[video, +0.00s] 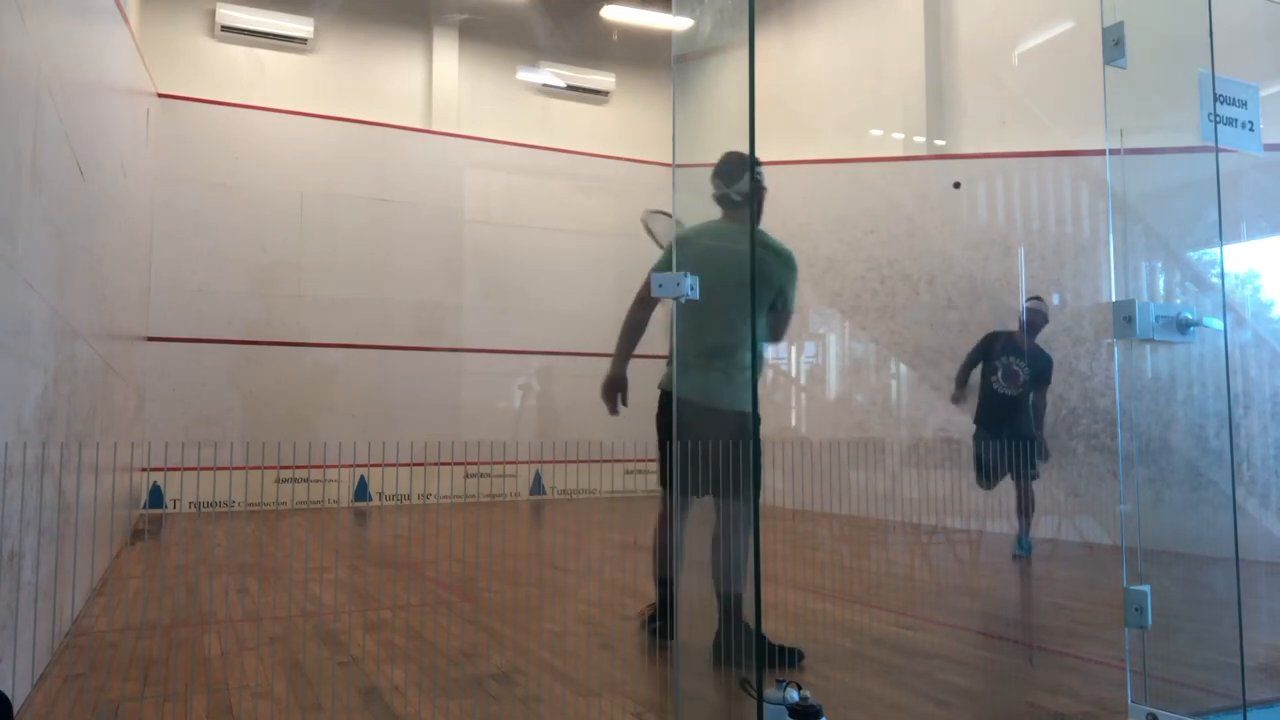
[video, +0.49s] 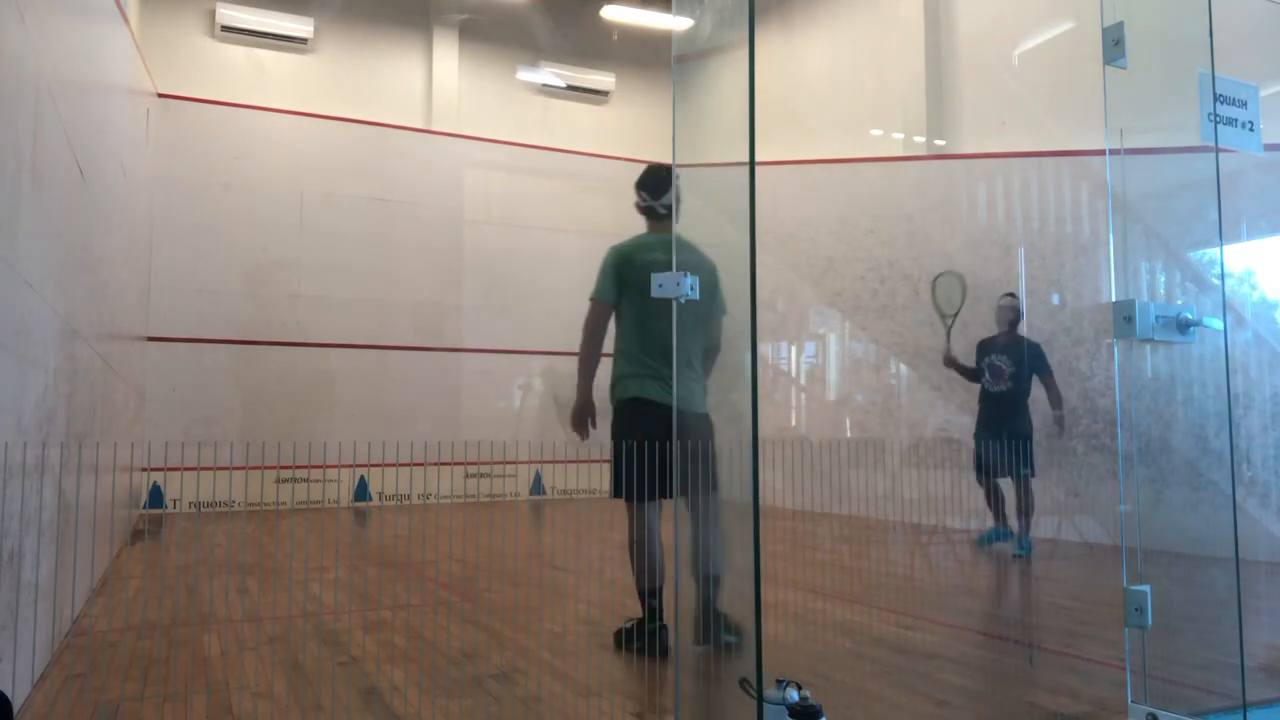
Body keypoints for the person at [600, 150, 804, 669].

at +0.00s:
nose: (765, 198)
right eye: (763, 189)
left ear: (715, 194)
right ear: (760, 194)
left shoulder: (687, 242)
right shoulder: (777, 256)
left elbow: (644, 304)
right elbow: (776, 330)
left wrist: (617, 367)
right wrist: (734, 306)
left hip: (679, 403)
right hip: (734, 409)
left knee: (674, 505)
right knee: (735, 516)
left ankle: (663, 614)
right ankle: (734, 631)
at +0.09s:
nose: (710, 202)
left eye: (704, 195)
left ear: (703, 197)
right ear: (746, 195)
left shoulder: (677, 245)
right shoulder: (769, 258)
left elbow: (644, 312)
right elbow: (763, 330)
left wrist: (625, 374)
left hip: (675, 404)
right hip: (733, 409)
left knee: (662, 510)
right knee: (734, 516)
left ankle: (655, 618)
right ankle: (734, 630)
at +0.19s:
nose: (695, 206)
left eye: (690, 198)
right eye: (712, 197)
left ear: (684, 198)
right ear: (729, 199)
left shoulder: (665, 249)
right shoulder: (754, 260)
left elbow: (637, 316)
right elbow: (747, 328)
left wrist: (621, 379)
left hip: (665, 407)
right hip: (724, 412)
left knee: (658, 514)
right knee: (729, 520)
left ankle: (654, 624)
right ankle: (734, 630)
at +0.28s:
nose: (678, 203)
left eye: (674, 193)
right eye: (690, 194)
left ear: (668, 198)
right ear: (711, 200)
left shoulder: (650, 252)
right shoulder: (734, 264)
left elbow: (623, 314)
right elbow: (731, 334)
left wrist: (606, 386)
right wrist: (685, 324)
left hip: (652, 406)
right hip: (708, 412)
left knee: (653, 513)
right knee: (726, 514)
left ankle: (653, 625)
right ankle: (733, 629)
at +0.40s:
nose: (667, 206)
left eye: (660, 196)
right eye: (682, 197)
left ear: (652, 202)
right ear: (694, 203)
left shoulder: (635, 256)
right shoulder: (716, 265)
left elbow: (606, 323)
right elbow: (721, 340)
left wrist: (590, 394)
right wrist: (680, 355)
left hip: (641, 407)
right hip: (696, 411)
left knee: (645, 515)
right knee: (721, 510)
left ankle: (651, 624)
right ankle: (729, 624)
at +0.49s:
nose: (643, 208)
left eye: (640, 201)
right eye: (658, 201)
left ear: (638, 203)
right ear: (679, 203)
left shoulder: (622, 256)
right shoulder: (702, 263)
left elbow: (595, 327)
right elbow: (713, 342)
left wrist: (583, 392)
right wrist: (693, 383)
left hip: (638, 408)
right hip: (691, 411)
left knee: (643, 514)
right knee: (704, 510)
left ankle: (652, 623)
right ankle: (710, 616)